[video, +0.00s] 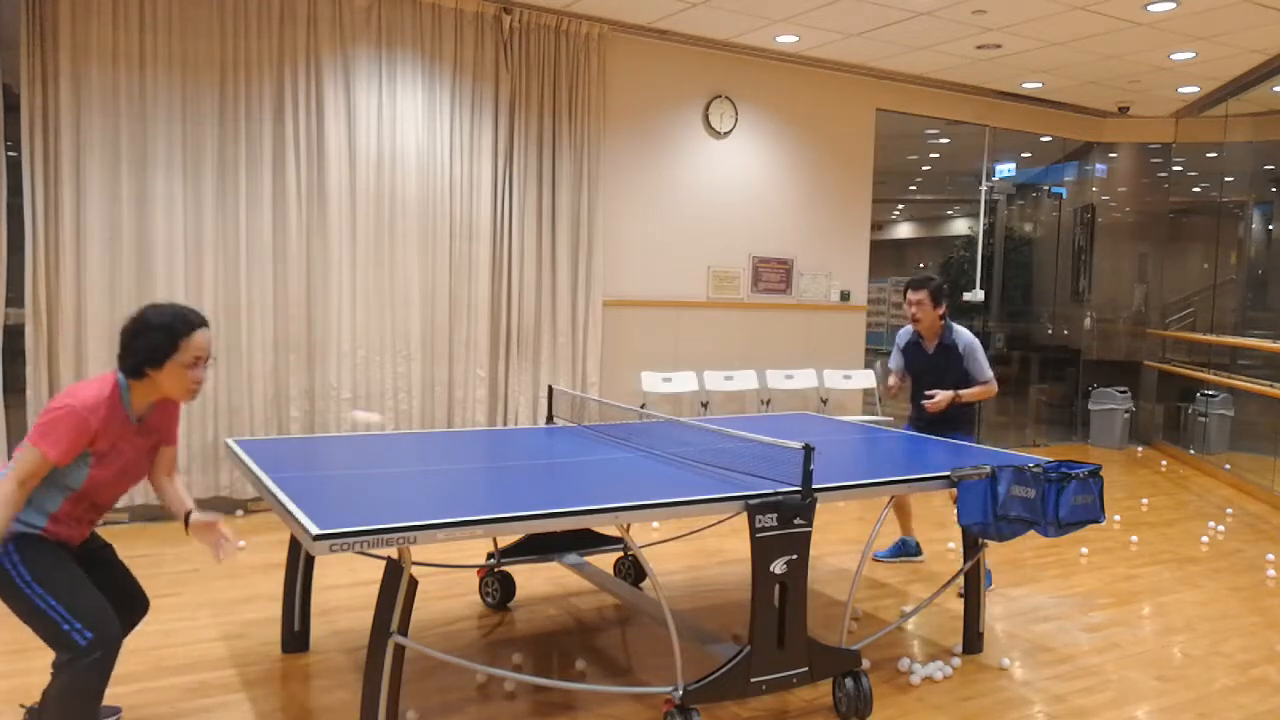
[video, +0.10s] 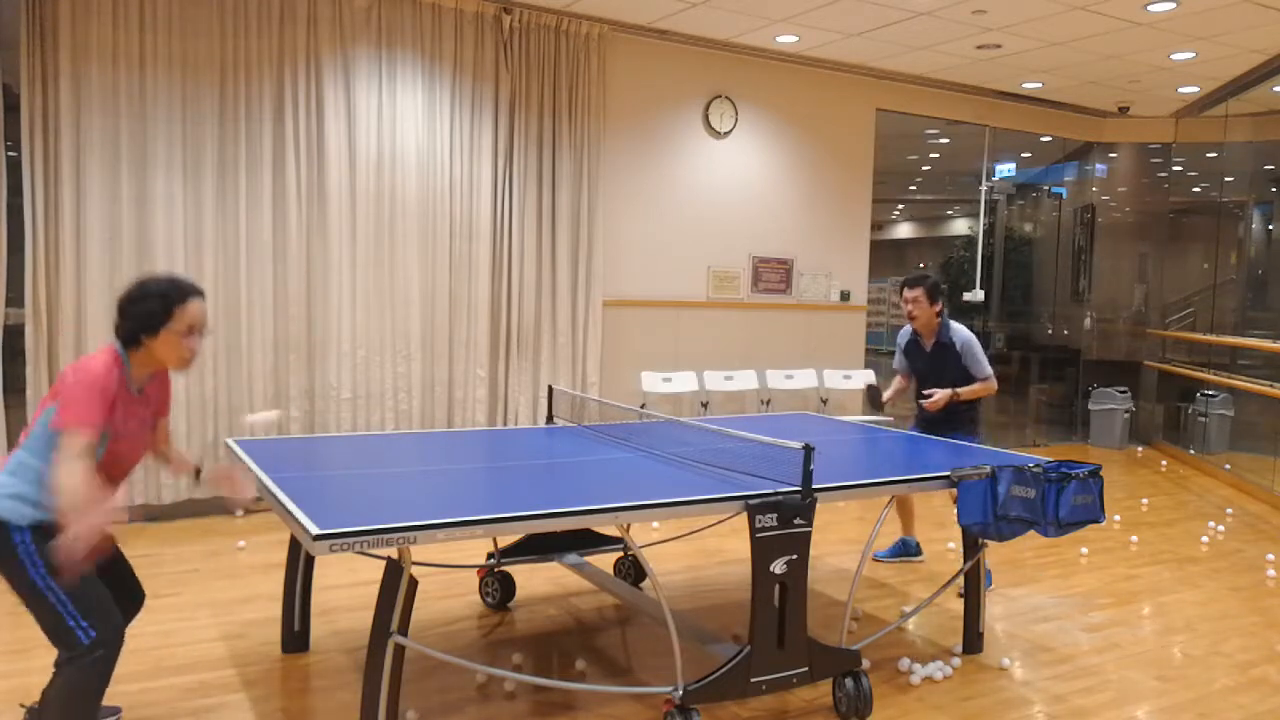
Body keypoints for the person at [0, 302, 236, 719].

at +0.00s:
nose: (203, 375)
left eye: (206, 363)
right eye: (195, 364)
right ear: (153, 363)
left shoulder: (164, 405)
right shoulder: (84, 408)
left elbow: (165, 476)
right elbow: (16, 481)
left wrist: (191, 516)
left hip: (70, 535)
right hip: (19, 536)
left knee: (129, 605)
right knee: (96, 636)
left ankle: (62, 704)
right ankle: (63, 713)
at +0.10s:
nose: (197, 345)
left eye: (200, 333)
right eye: (189, 333)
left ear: (155, 337)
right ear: (148, 334)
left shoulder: (157, 379)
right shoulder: (95, 375)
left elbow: (160, 449)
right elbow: (70, 470)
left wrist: (208, 475)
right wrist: (85, 522)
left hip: (65, 511)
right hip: (19, 518)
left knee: (126, 598)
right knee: (96, 635)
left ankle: (61, 703)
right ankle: (62, 714)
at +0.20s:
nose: (191, 303)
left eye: (193, 291)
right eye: (183, 291)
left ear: (154, 293)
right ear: (143, 291)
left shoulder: (140, 334)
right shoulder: (98, 329)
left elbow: (157, 397)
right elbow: (132, 399)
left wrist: (214, 396)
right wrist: (217, 351)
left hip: (81, 499)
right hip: (38, 499)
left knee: (114, 591)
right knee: (87, 630)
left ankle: (70, 701)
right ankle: (54, 714)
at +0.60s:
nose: (188, 273)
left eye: (185, 261)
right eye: (178, 263)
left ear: (147, 276)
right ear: (143, 275)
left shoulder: (137, 326)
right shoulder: (108, 322)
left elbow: (160, 394)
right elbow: (139, 407)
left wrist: (230, 366)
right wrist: (216, 370)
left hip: (102, 501)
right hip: (74, 503)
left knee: (113, 613)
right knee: (135, 636)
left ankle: (65, 705)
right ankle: (103, 715)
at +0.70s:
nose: (201, 293)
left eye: (199, 282)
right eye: (192, 284)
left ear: (163, 293)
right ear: (155, 292)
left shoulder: (159, 339)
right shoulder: (105, 341)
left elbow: (173, 403)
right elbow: (75, 438)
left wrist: (224, 399)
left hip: (112, 503)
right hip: (63, 508)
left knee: (149, 586)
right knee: (134, 635)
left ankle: (75, 703)